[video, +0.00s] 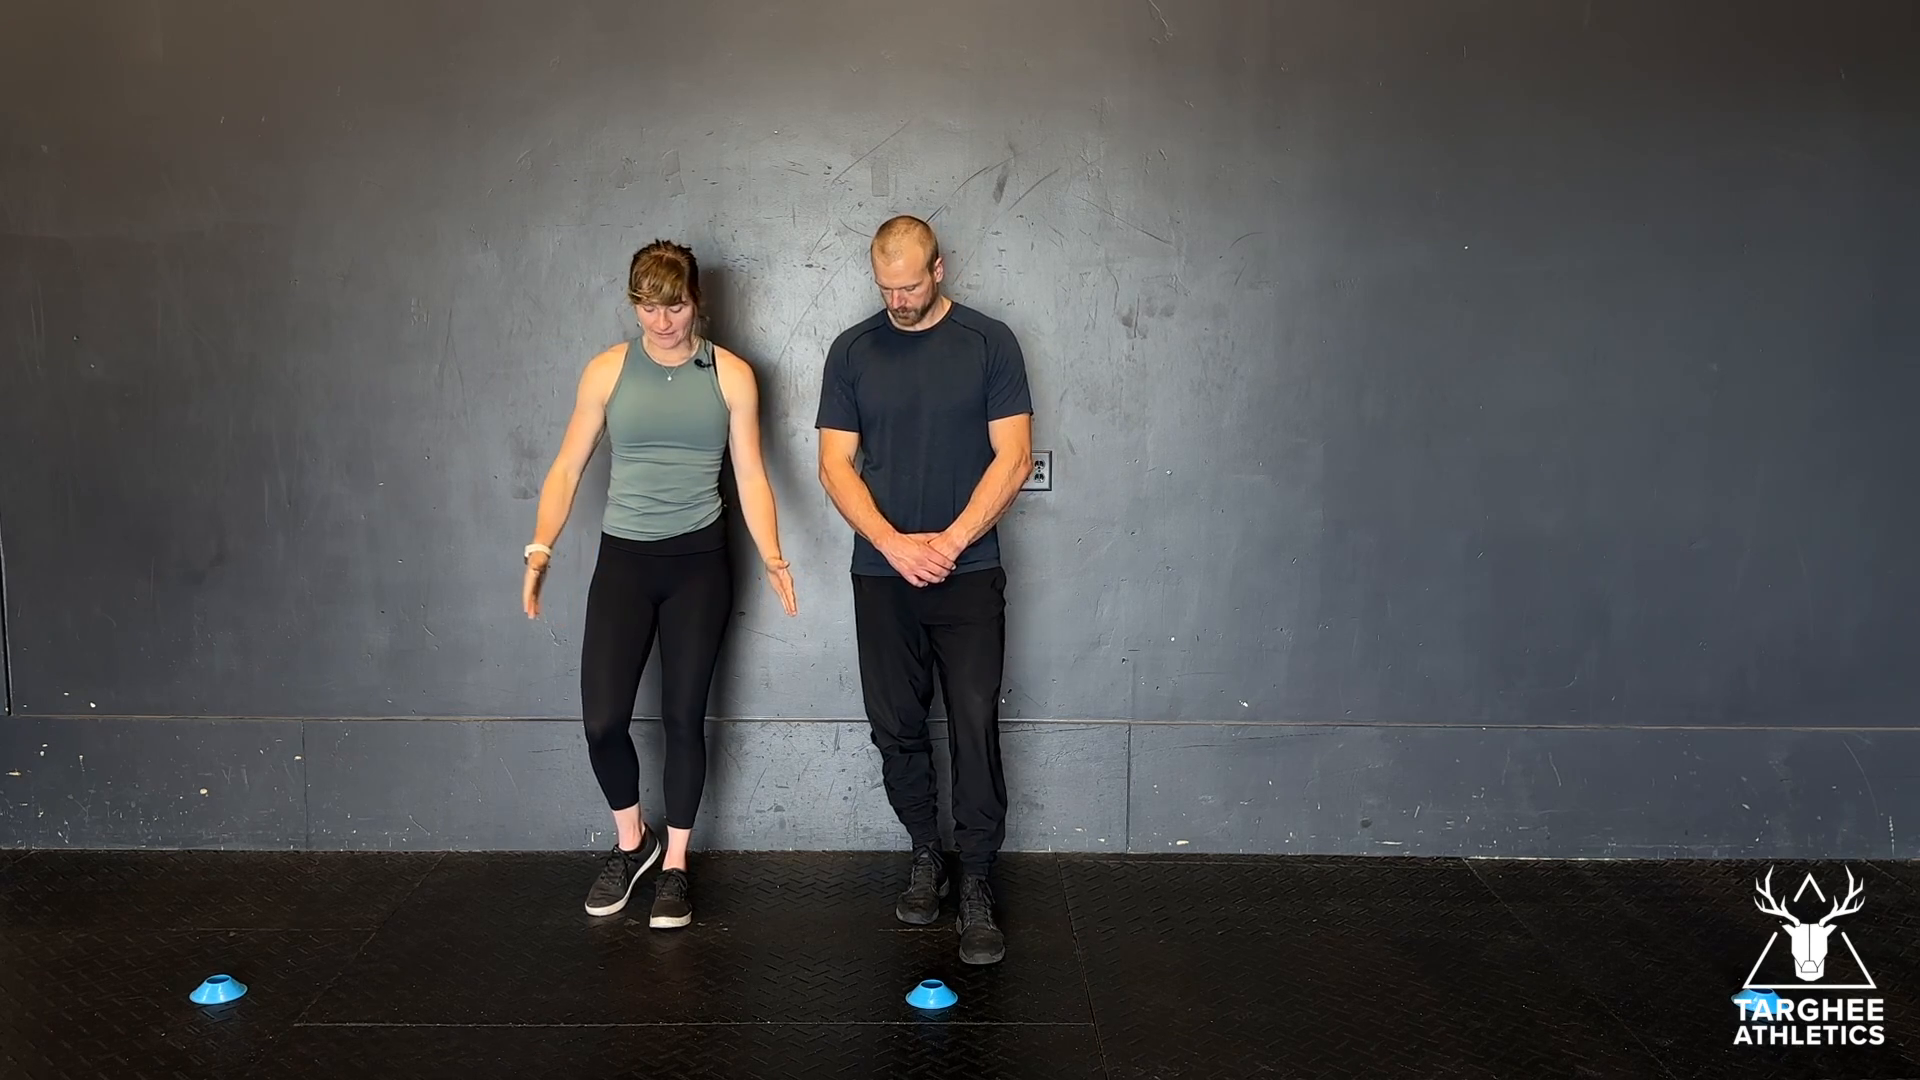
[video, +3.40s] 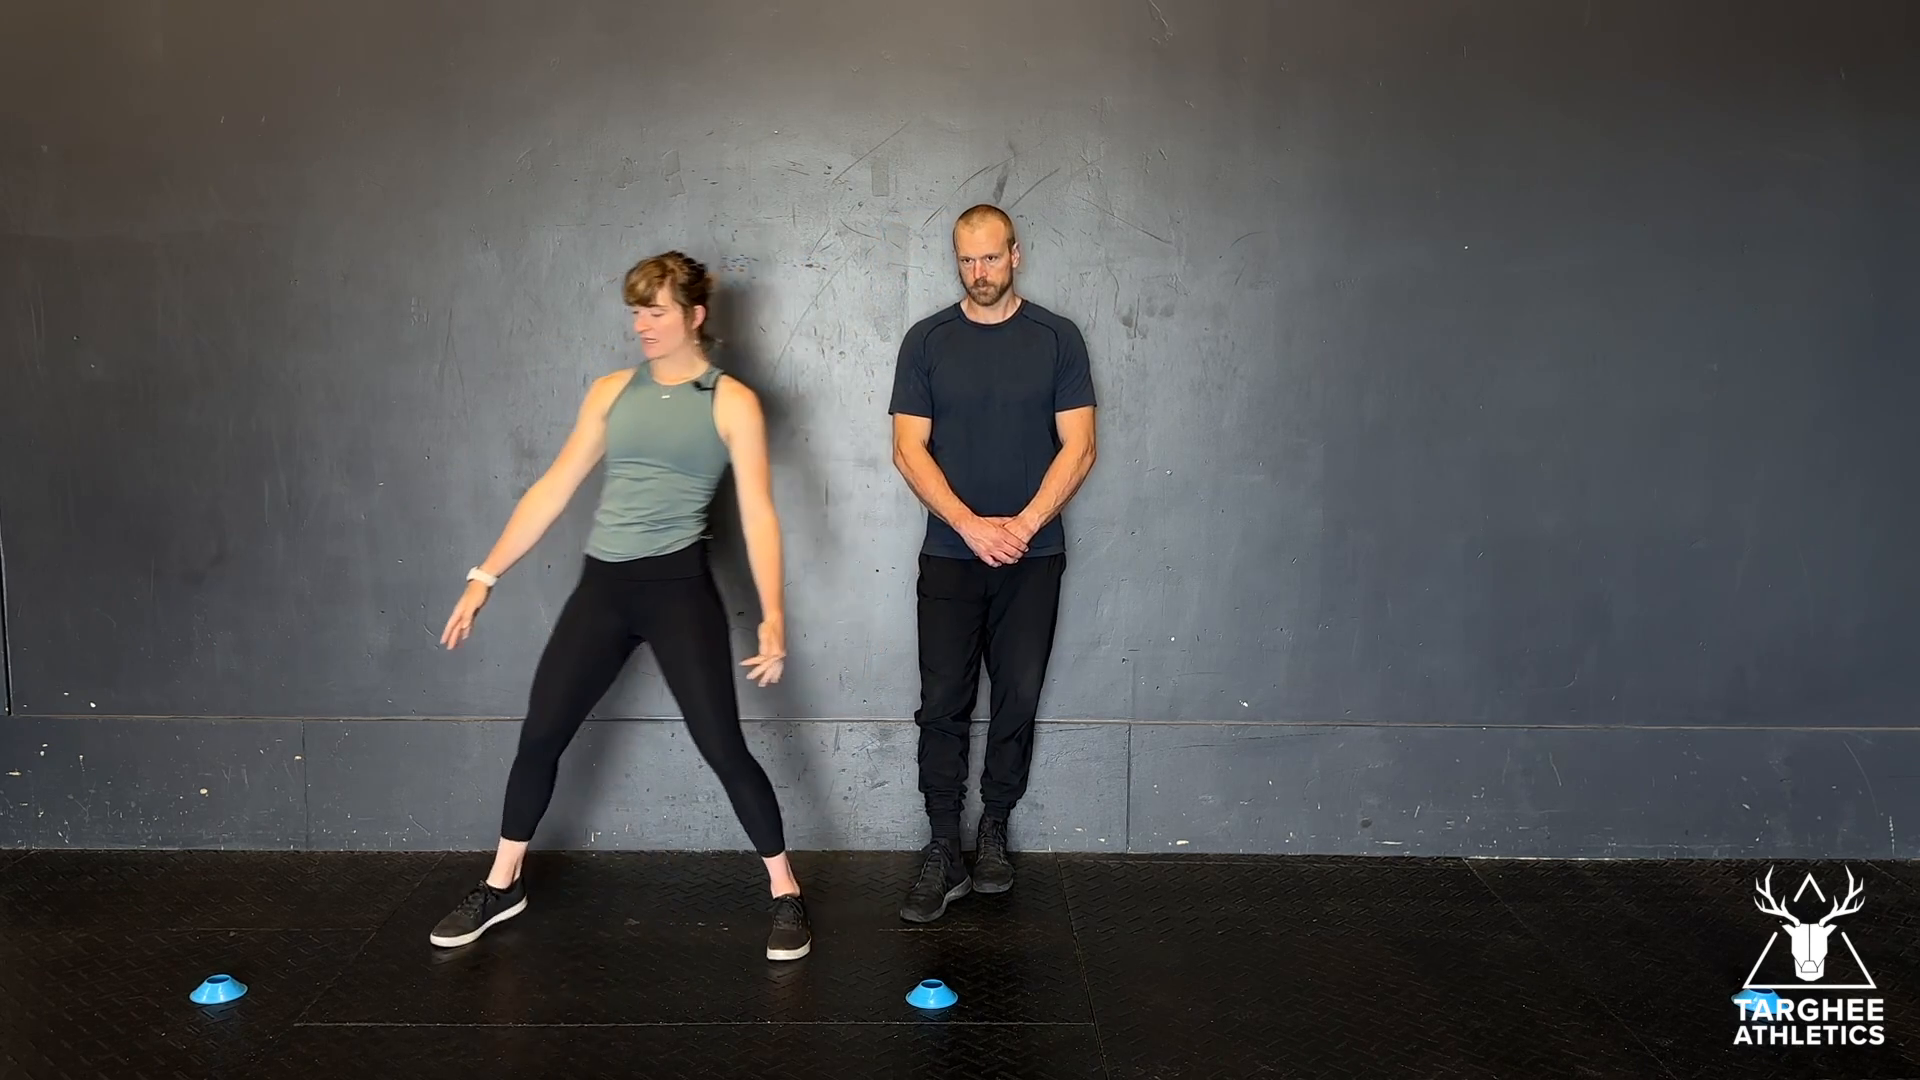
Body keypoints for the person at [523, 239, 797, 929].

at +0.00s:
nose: (664, 321)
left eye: (675, 308)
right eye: (651, 310)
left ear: (694, 303)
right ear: (635, 307)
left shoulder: (730, 375)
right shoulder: (607, 370)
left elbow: (751, 475)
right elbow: (567, 467)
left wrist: (773, 557)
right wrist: (538, 552)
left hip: (700, 561)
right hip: (623, 561)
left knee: (683, 714)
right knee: (602, 721)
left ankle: (675, 865)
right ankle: (631, 842)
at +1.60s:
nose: (690, 311)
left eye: (698, 297)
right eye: (674, 298)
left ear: (708, 300)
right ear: (645, 303)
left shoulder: (735, 378)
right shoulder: (611, 381)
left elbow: (755, 474)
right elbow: (581, 486)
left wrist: (788, 515)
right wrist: (592, 573)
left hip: (718, 568)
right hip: (639, 573)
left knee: (745, 724)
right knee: (639, 724)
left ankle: (780, 882)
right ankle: (636, 872)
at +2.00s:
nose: (747, 313)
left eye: (757, 299)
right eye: (732, 301)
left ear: (771, 302)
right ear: (708, 305)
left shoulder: (803, 380)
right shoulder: (680, 383)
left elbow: (826, 489)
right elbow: (663, 487)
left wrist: (856, 587)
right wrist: (662, 573)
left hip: (791, 570)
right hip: (710, 572)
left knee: (788, 733)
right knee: (675, 739)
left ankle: (795, 889)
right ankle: (660, 861)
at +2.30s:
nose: (773, 311)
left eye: (785, 297)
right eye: (759, 298)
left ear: (800, 300)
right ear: (738, 304)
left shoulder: (833, 381)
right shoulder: (707, 383)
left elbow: (852, 494)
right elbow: (685, 488)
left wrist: (881, 595)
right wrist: (673, 587)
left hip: (815, 574)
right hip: (735, 577)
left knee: (803, 731)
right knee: (735, 730)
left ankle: (796, 889)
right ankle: (764, 853)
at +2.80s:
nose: (751, 311)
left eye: (765, 298)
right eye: (747, 298)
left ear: (805, 302)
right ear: (746, 304)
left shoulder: (847, 388)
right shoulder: (727, 373)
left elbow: (864, 504)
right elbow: (688, 476)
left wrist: (876, 600)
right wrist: (647, 564)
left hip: (805, 574)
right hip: (725, 572)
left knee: (794, 737)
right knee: (676, 724)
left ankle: (793, 891)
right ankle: (671, 886)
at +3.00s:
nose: (735, 308)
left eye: (748, 296)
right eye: (731, 296)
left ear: (790, 299)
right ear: (734, 303)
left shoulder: (833, 388)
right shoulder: (715, 376)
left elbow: (852, 502)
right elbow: (655, 473)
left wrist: (866, 603)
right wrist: (586, 558)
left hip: (786, 574)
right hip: (710, 572)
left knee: (788, 736)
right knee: (639, 716)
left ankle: (794, 892)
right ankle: (580, 872)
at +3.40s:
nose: (640, 323)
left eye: (654, 311)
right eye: (636, 312)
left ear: (695, 315)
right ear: (635, 319)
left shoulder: (731, 402)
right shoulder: (615, 391)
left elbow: (759, 515)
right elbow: (553, 488)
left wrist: (773, 616)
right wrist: (483, 576)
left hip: (680, 588)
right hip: (602, 587)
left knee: (723, 746)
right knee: (540, 734)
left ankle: (785, 892)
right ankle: (502, 885)